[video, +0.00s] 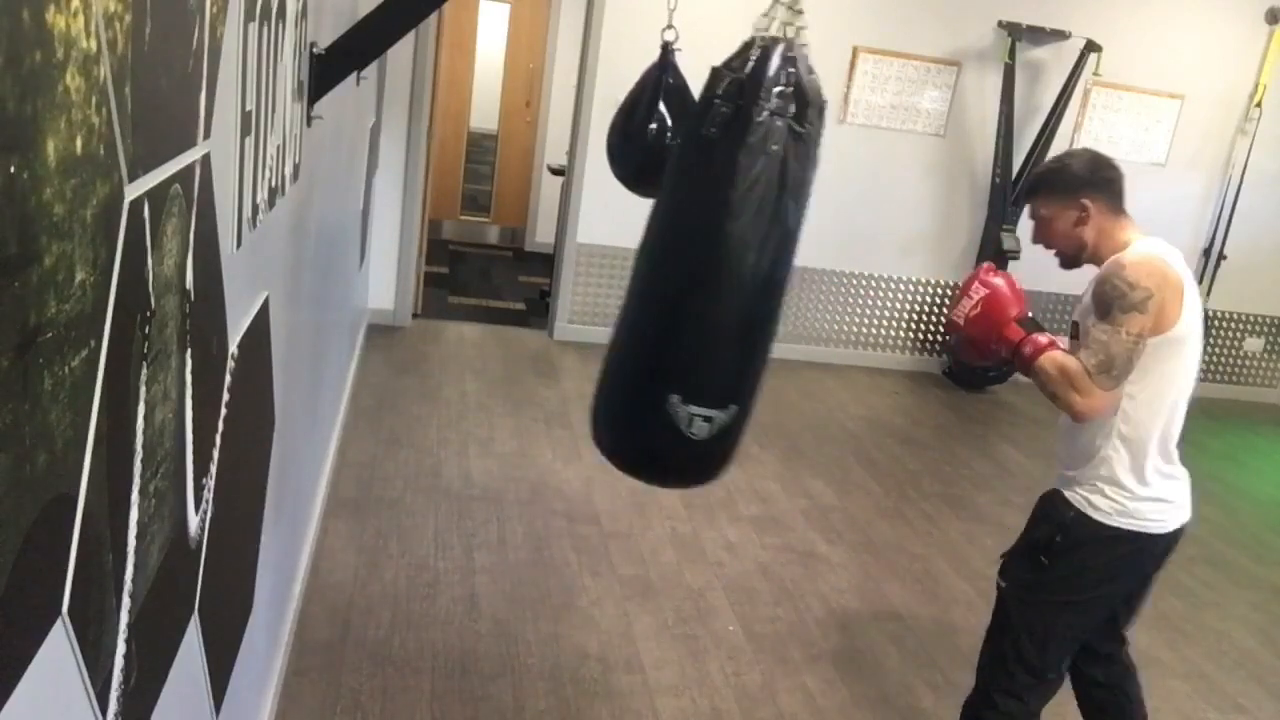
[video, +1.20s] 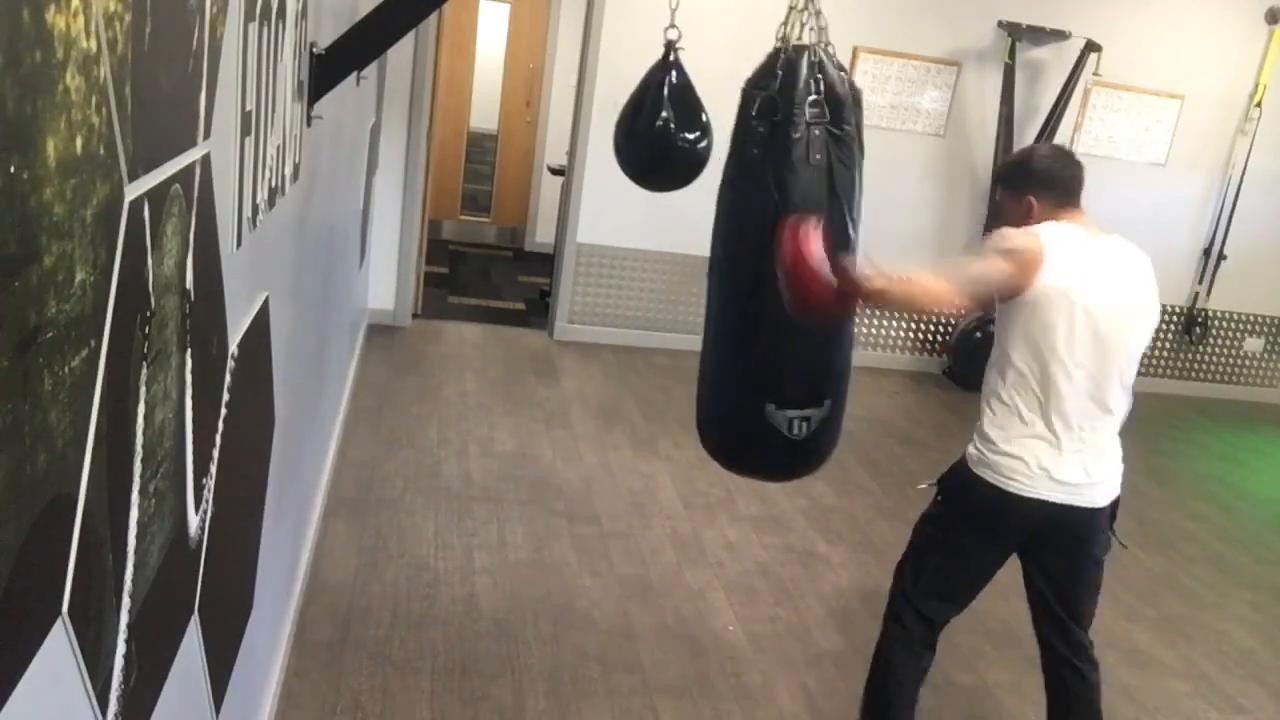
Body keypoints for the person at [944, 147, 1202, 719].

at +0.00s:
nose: (1036, 236)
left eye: (1041, 221)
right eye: (1034, 222)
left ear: (1083, 213)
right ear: (1088, 213)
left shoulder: (1132, 275)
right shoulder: (1158, 265)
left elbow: (1087, 397)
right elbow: (1091, 376)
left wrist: (1011, 336)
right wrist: (1021, 337)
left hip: (1100, 515)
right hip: (1149, 512)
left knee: (1014, 673)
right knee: (1097, 649)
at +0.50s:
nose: (1043, 224)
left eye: (1050, 210)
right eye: (1043, 210)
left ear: (1089, 209)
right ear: (1108, 206)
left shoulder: (1102, 280)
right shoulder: (1181, 277)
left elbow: (1035, 392)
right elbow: (1116, 370)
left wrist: (978, 329)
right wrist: (1035, 315)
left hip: (1057, 508)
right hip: (1132, 516)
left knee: (950, 657)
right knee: (1112, 680)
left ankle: (904, 712)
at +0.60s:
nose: (1015, 225)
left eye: (1018, 212)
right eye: (1014, 211)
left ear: (1053, 207)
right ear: (1083, 202)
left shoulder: (1055, 277)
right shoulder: (1156, 276)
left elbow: (1004, 397)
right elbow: (1096, 366)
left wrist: (952, 329)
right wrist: (1009, 320)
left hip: (1020, 505)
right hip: (1099, 518)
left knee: (923, 645)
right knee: (1087, 665)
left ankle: (886, 711)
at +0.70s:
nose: (983, 212)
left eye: (987, 199)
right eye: (983, 198)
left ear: (1020, 200)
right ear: (1057, 195)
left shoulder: (1012, 266)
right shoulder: (1130, 269)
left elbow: (926, 365)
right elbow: (1072, 358)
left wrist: (891, 303)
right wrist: (975, 319)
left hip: (999, 496)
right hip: (1082, 507)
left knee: (915, 632)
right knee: (1060, 621)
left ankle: (884, 709)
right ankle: (1102, 715)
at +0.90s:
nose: (956, 207)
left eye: (960, 194)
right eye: (955, 194)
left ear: (993, 192)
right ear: (1025, 186)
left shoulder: (994, 255)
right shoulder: (1084, 242)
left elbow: (890, 327)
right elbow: (1006, 289)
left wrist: (833, 283)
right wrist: (932, 261)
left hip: (1004, 493)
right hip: (1079, 493)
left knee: (925, 634)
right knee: (1053, 623)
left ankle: (887, 712)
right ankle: (1074, 715)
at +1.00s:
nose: (969, 216)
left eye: (972, 202)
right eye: (968, 203)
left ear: (1006, 199)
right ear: (1028, 196)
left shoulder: (1033, 261)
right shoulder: (1077, 247)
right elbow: (959, 280)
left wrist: (868, 366)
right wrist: (885, 250)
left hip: (1009, 491)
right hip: (1075, 496)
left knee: (912, 640)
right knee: (1052, 641)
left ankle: (885, 712)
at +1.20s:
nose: (999, 221)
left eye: (1003, 208)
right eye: (998, 209)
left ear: (1030, 203)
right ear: (1073, 200)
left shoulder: (1030, 249)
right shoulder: (1137, 268)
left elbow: (949, 294)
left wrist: (860, 282)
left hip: (999, 487)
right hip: (1086, 504)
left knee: (914, 618)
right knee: (1070, 645)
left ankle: (886, 709)